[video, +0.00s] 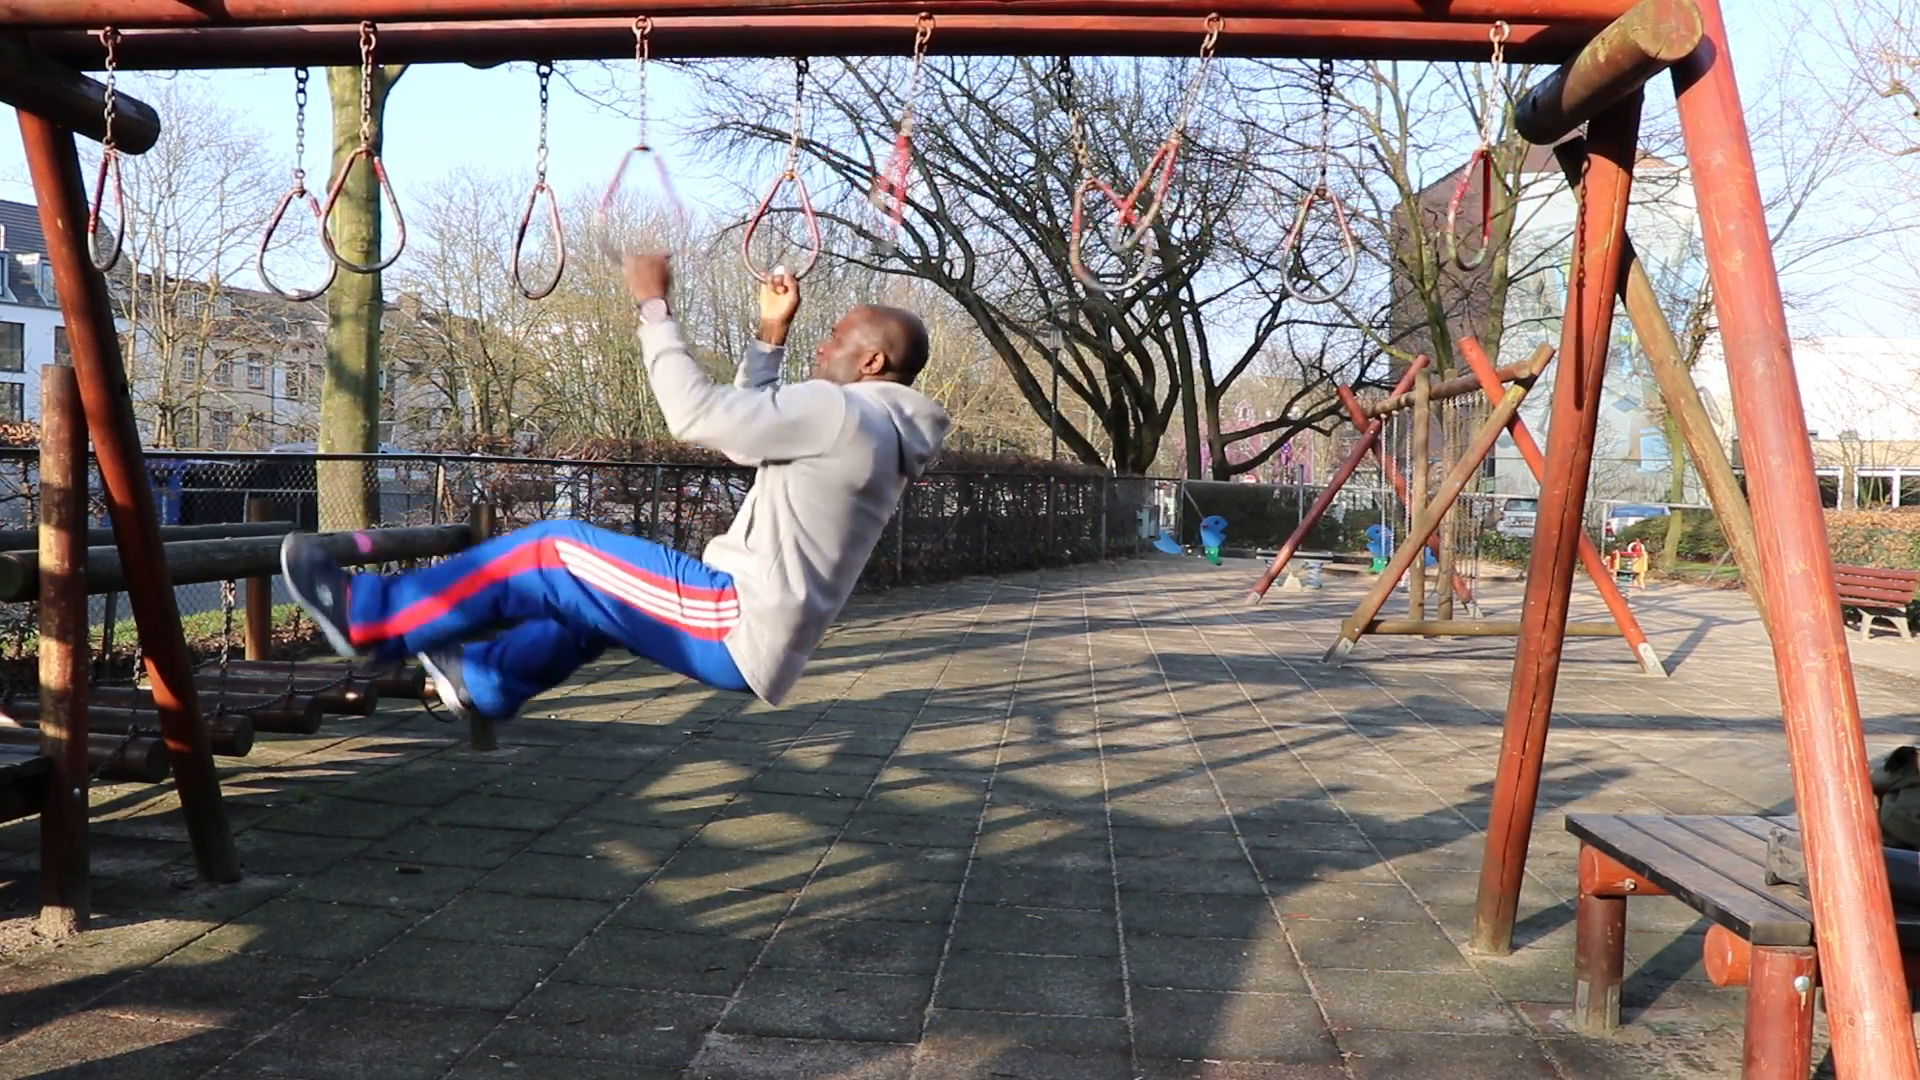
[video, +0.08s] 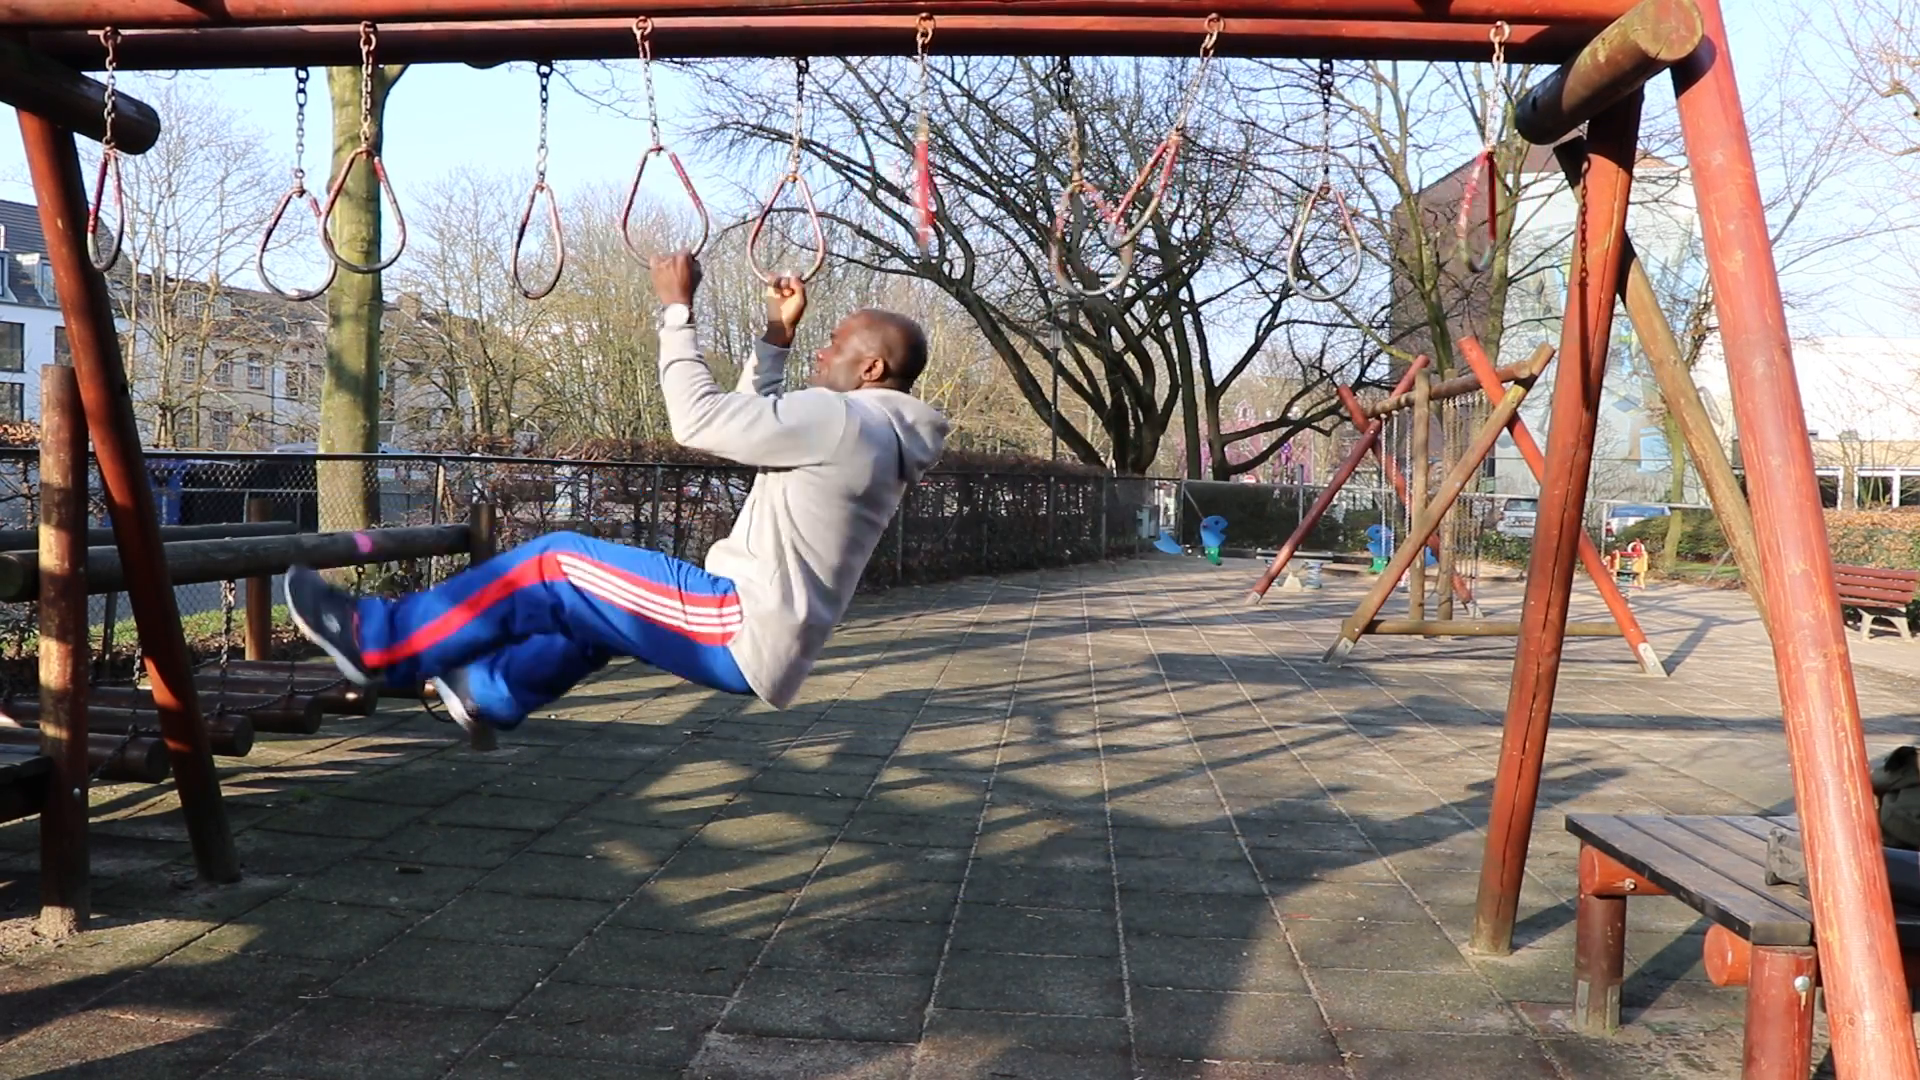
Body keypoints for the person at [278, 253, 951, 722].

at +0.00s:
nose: (824, 351)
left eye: (836, 341)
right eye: (830, 341)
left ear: (874, 363)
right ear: (885, 371)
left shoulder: (836, 413)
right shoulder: (881, 433)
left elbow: (698, 417)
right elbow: (761, 434)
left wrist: (653, 308)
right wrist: (771, 340)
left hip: (733, 621)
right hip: (767, 632)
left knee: (555, 546)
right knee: (592, 595)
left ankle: (363, 614)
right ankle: (485, 687)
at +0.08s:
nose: (825, 362)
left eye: (834, 351)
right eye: (829, 352)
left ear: (872, 370)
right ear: (887, 378)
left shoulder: (837, 423)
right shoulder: (879, 440)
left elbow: (701, 419)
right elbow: (763, 435)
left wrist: (675, 311)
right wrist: (776, 341)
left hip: (737, 624)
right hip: (773, 638)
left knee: (555, 561)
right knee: (597, 607)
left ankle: (376, 641)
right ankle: (488, 701)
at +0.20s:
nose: (815, 353)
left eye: (825, 343)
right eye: (820, 342)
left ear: (860, 363)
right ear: (874, 370)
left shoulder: (827, 414)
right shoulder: (869, 428)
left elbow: (696, 426)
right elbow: (752, 434)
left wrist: (681, 313)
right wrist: (776, 343)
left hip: (741, 621)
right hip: (774, 626)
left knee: (560, 563)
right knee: (597, 597)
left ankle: (391, 666)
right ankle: (491, 697)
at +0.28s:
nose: (797, 347)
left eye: (805, 334)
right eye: (799, 334)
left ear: (835, 345)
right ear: (865, 354)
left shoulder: (815, 405)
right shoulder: (855, 415)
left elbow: (690, 425)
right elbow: (743, 432)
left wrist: (678, 314)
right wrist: (764, 341)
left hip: (742, 615)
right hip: (770, 603)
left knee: (559, 564)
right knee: (602, 549)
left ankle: (401, 678)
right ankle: (478, 679)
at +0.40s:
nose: (773, 328)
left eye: (786, 319)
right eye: (780, 316)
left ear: (823, 341)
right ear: (830, 343)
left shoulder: (804, 402)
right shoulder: (827, 401)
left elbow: (676, 422)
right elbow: (705, 421)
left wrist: (672, 318)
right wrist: (692, 336)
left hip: (735, 610)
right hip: (749, 587)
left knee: (549, 573)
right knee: (609, 531)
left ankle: (407, 695)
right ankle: (461, 642)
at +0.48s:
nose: (761, 330)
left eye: (776, 321)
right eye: (768, 317)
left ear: (812, 344)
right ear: (813, 345)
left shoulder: (794, 408)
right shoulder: (810, 402)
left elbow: (667, 422)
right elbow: (680, 400)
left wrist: (670, 315)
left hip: (726, 618)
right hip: (735, 589)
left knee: (538, 584)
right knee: (594, 537)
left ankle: (395, 702)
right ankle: (454, 649)